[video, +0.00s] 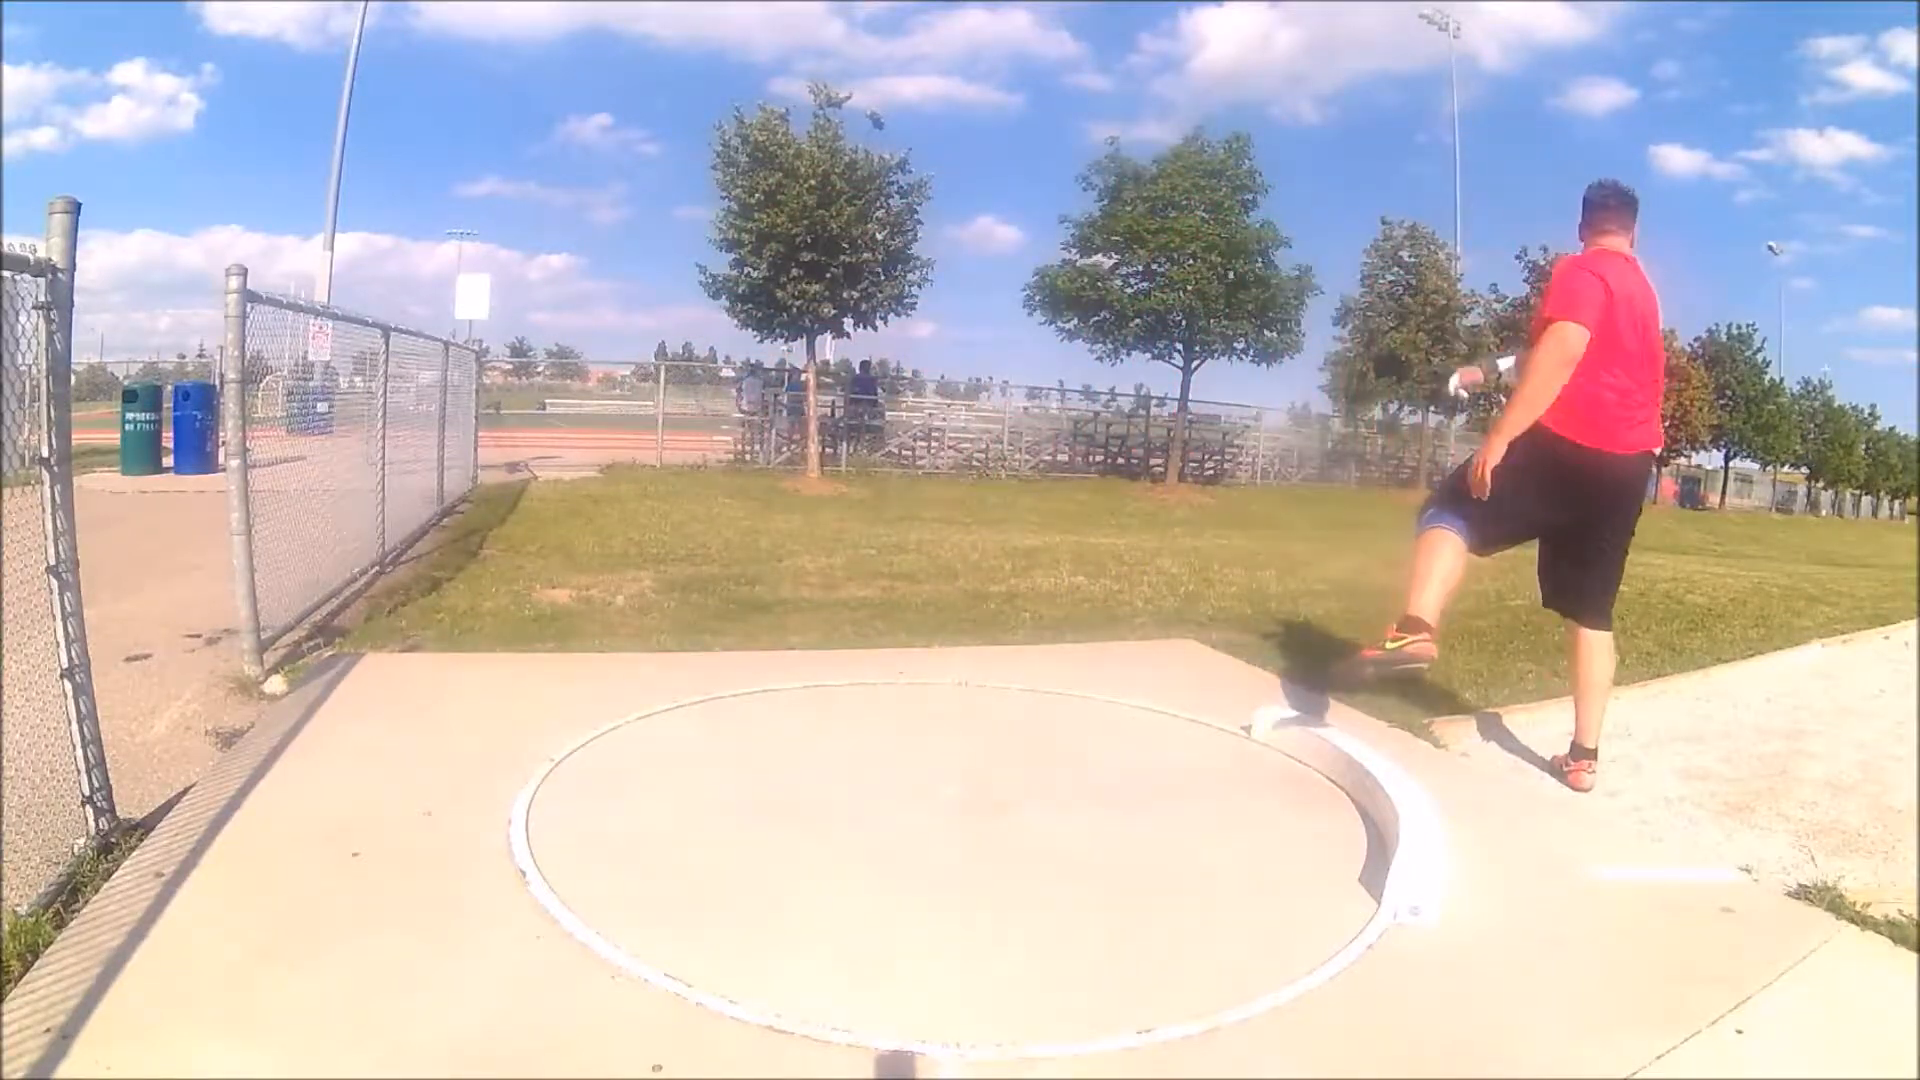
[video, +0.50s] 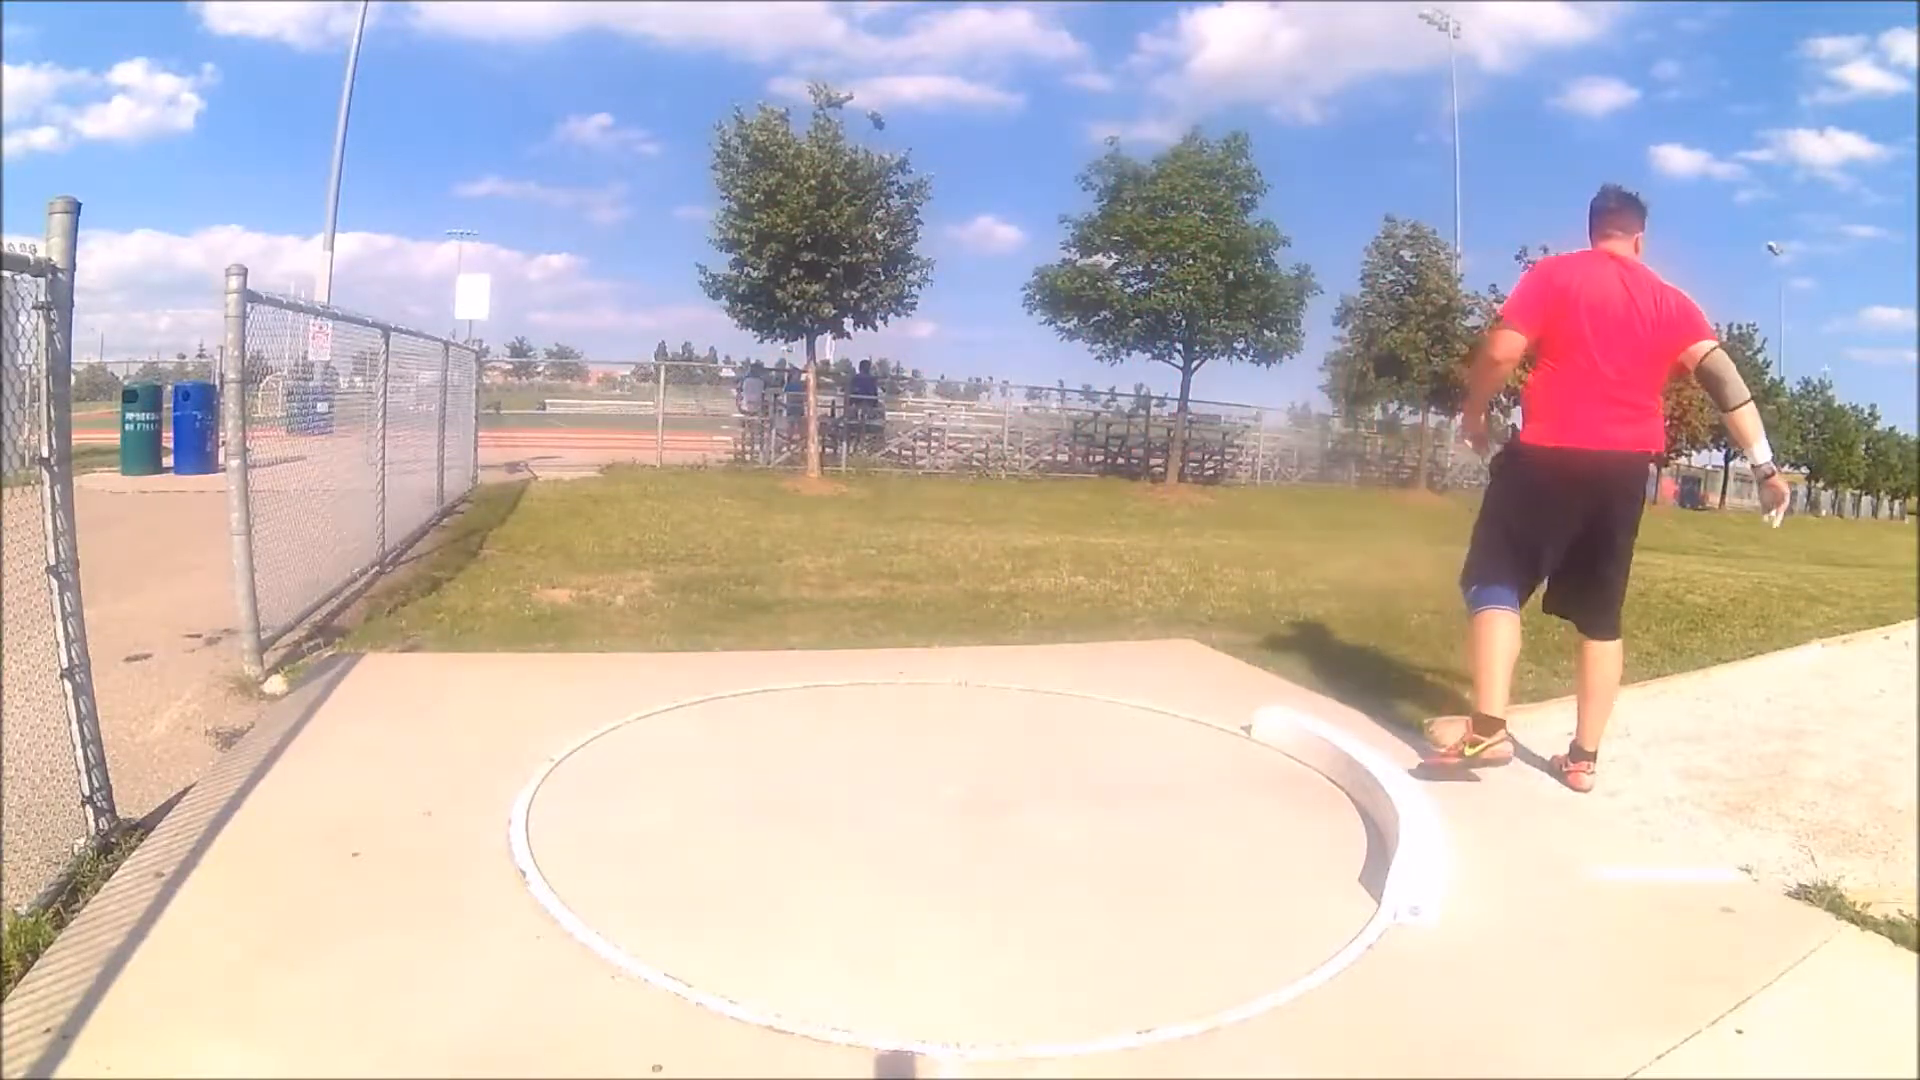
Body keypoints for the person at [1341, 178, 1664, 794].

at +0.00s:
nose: (1582, 239)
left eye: (1580, 229)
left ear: (1583, 226)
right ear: (1633, 232)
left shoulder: (1583, 269)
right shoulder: (1642, 288)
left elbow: (1563, 349)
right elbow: (1576, 362)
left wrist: (1500, 435)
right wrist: (1490, 374)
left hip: (1560, 449)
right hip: (1626, 466)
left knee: (1453, 508)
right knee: (1593, 608)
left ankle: (1416, 628)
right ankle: (1583, 757)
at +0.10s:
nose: (1626, 242)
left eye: (1604, 229)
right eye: (1639, 235)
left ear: (1592, 227)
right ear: (1644, 236)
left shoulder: (1574, 271)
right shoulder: (1663, 304)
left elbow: (1533, 341)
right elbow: (1659, 389)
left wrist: (1458, 412)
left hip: (1551, 451)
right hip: (1630, 470)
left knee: (1457, 513)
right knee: (1596, 608)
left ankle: (1439, 625)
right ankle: (1585, 757)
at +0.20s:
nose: (1627, 239)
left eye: (1610, 226)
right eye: (1644, 236)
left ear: (1599, 226)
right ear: (1649, 236)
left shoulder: (1570, 271)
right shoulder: (1671, 305)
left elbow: (1514, 339)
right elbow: (1681, 394)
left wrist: (1433, 394)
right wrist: (1659, 443)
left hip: (1551, 451)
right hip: (1632, 468)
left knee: (1469, 533)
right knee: (1605, 610)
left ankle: (1461, 647)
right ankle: (1585, 757)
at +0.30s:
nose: (1643, 247)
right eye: (1649, 240)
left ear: (1598, 231)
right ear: (1650, 240)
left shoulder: (1566, 273)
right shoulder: (1674, 306)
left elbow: (1508, 342)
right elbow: (1715, 391)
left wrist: (1443, 390)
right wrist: (1733, 453)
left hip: (1547, 456)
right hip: (1629, 469)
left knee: (1479, 552)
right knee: (1606, 611)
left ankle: (1473, 675)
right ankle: (1586, 757)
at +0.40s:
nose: (1634, 245)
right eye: (1642, 238)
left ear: (1595, 232)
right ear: (1648, 239)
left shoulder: (1563, 273)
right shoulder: (1674, 303)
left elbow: (1505, 344)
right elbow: (1731, 385)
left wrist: (1464, 391)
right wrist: (1769, 462)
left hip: (1546, 457)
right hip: (1629, 466)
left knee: (1488, 565)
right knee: (1604, 608)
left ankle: (1484, 698)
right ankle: (1585, 756)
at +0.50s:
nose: (1632, 246)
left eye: (1615, 236)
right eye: (1638, 238)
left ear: (1588, 231)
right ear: (1641, 238)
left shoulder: (1551, 274)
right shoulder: (1670, 299)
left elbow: (1500, 352)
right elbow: (1726, 380)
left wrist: (1474, 410)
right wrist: (1764, 465)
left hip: (1544, 459)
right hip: (1627, 467)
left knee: (1495, 584)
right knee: (1601, 611)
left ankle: (1488, 725)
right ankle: (1584, 756)